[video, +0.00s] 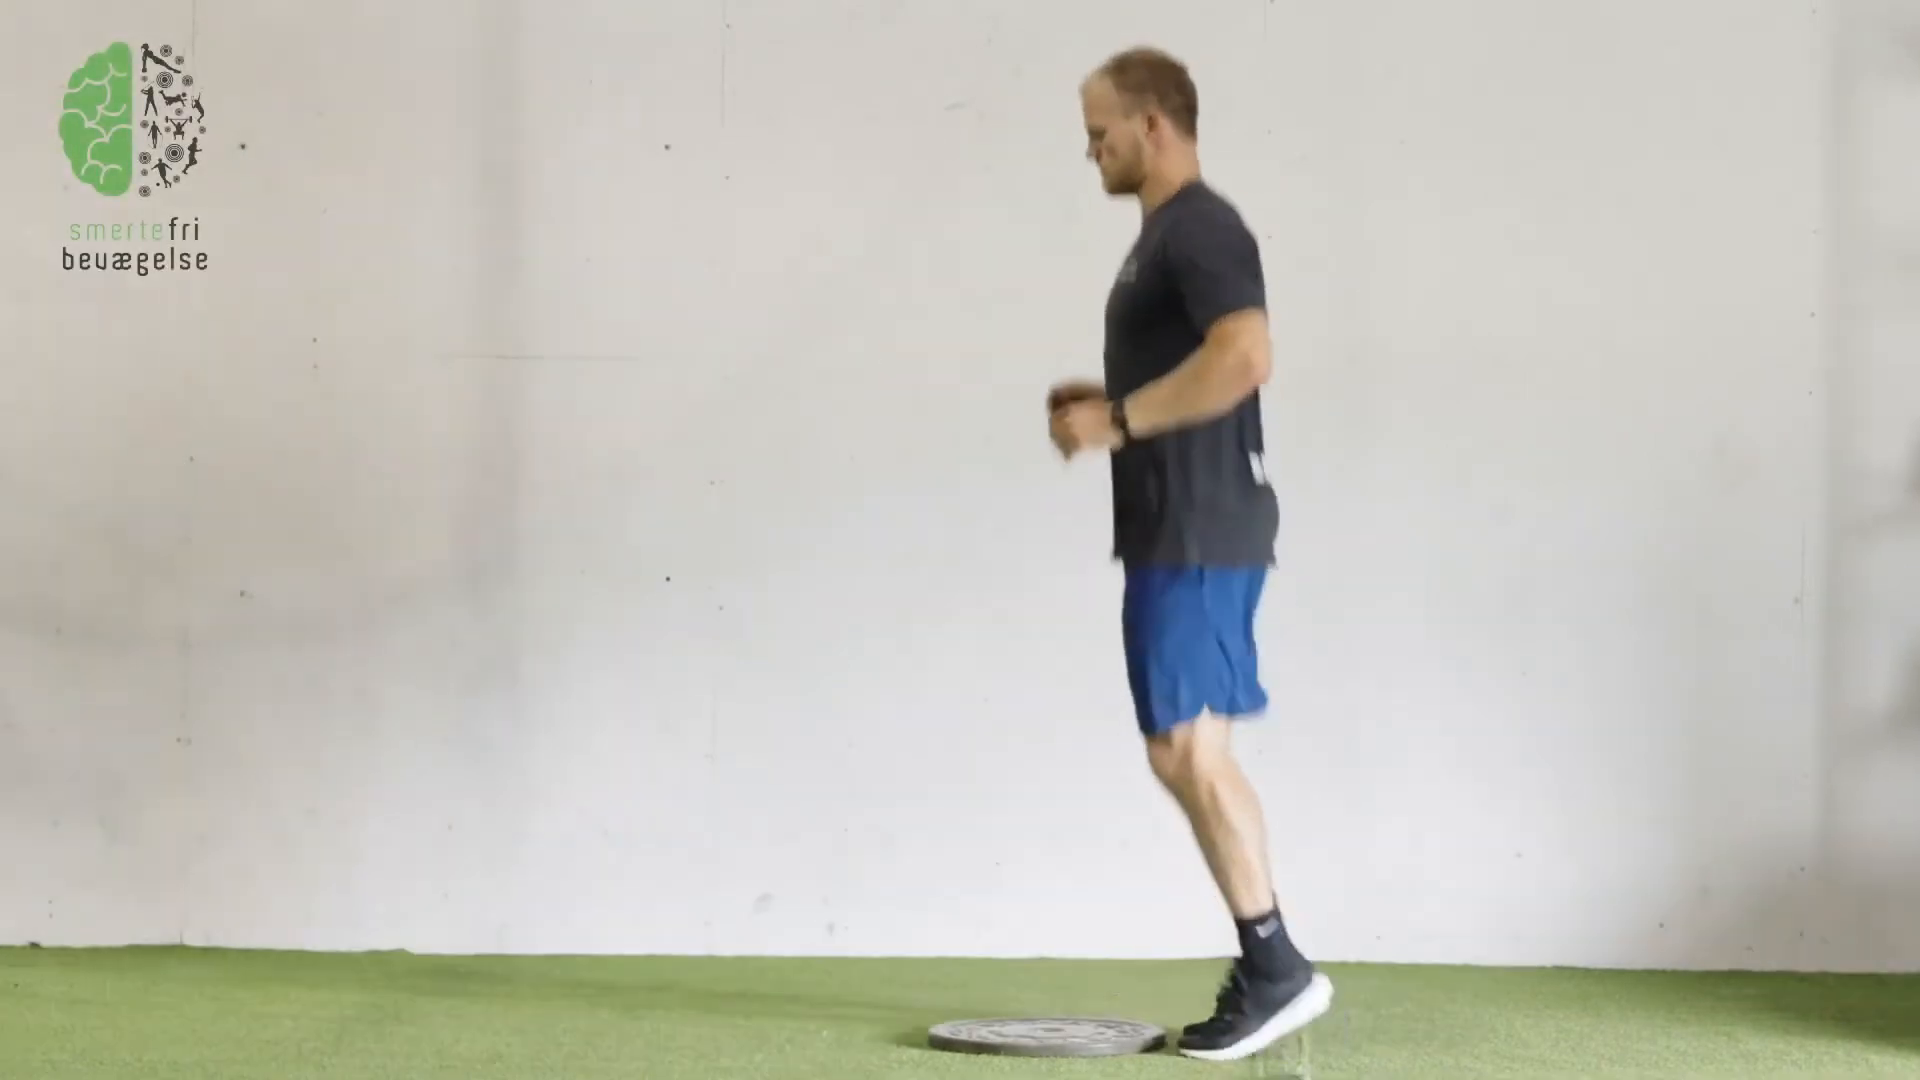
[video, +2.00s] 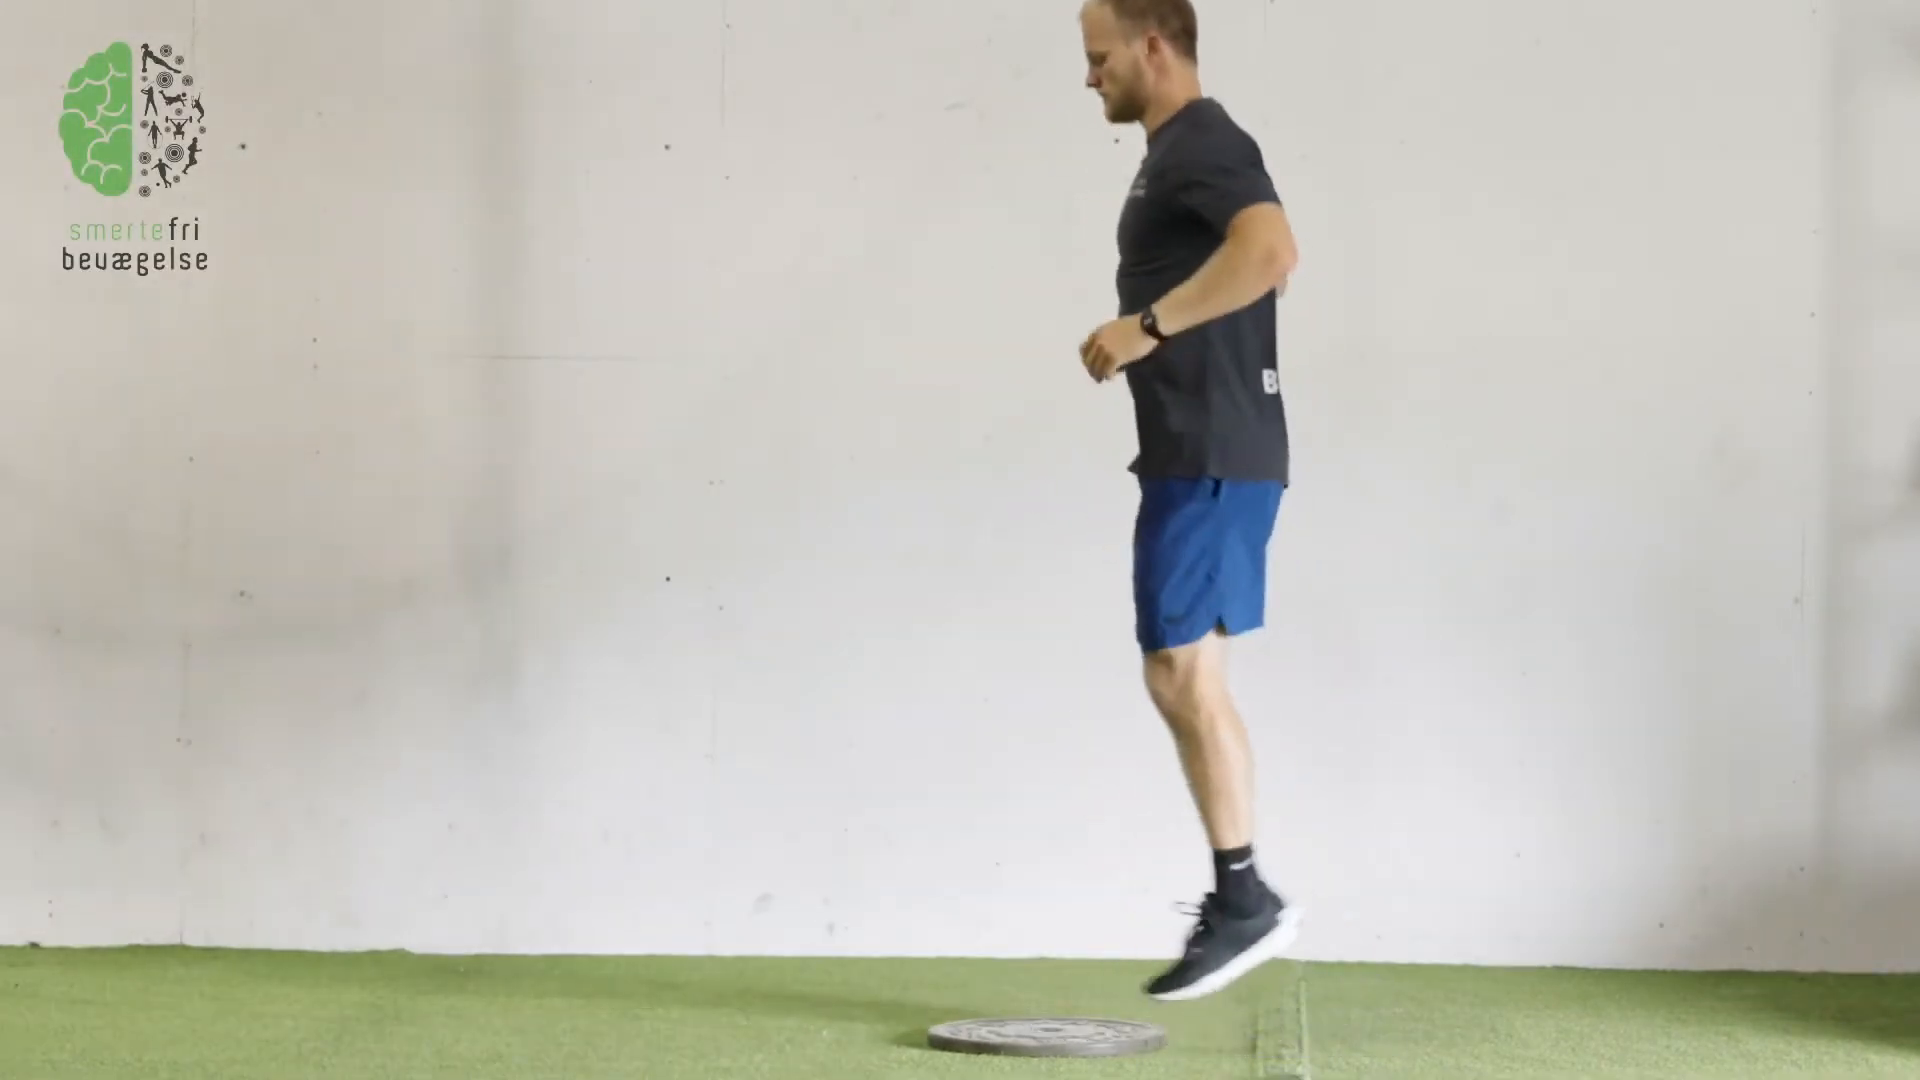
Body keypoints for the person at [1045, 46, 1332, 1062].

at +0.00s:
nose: (1091, 153)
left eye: (1099, 134)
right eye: (1090, 136)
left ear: (1153, 126)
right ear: (1150, 129)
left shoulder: (1200, 225)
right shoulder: (1169, 233)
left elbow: (1243, 358)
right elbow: (1198, 374)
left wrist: (1119, 421)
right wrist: (1106, 401)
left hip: (1197, 537)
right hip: (1176, 534)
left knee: (1187, 748)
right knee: (1186, 747)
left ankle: (1274, 969)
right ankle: (1268, 967)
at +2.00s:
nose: (1090, 77)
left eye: (1097, 57)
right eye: (1088, 60)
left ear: (1153, 47)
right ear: (1153, 51)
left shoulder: (1202, 139)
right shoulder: (1186, 145)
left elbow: (1268, 248)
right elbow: (1270, 260)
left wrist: (1149, 325)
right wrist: (1163, 334)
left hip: (1210, 461)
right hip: (1195, 457)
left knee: (1184, 677)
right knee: (1183, 678)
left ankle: (1242, 898)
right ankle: (1238, 896)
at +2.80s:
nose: (1094, 144)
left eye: (1101, 125)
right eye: (1092, 127)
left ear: (1157, 116)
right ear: (1153, 119)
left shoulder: (1210, 213)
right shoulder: (1181, 219)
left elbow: (1257, 346)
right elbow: (1229, 358)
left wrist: (1133, 412)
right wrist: (1132, 417)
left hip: (1206, 527)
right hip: (1187, 524)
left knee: (1193, 737)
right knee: (1195, 737)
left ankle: (1265, 959)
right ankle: (1260, 958)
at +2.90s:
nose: (1090, 89)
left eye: (1098, 69)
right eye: (1087, 72)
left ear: (1155, 59)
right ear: (1148, 64)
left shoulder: (1204, 150)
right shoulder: (1172, 161)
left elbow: (1265, 271)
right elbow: (1233, 283)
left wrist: (1142, 333)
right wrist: (1128, 343)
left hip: (1194, 470)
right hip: (1167, 470)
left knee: (1179, 689)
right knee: (1159, 690)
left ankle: (1228, 918)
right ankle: (1220, 913)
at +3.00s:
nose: (1084, 93)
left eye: (1093, 72)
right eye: (1082, 76)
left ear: (1150, 64)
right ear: (1142, 68)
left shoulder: (1200, 157)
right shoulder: (1169, 166)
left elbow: (1261, 279)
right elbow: (1233, 289)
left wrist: (1142, 354)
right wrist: (1132, 360)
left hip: (1190, 476)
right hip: (1163, 475)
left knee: (1164, 692)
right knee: (1148, 692)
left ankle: (1196, 927)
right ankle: (1187, 921)